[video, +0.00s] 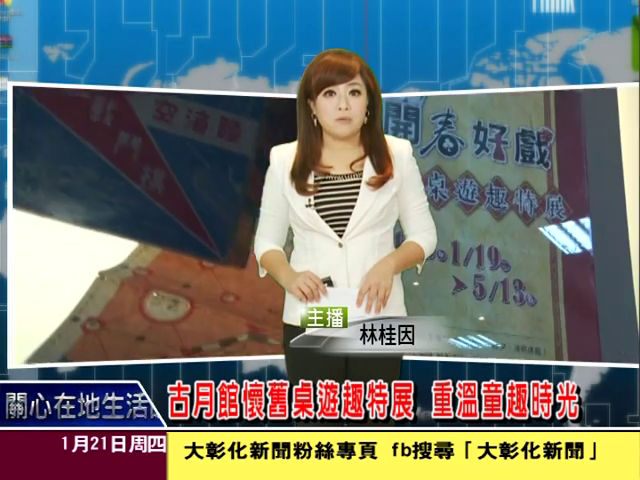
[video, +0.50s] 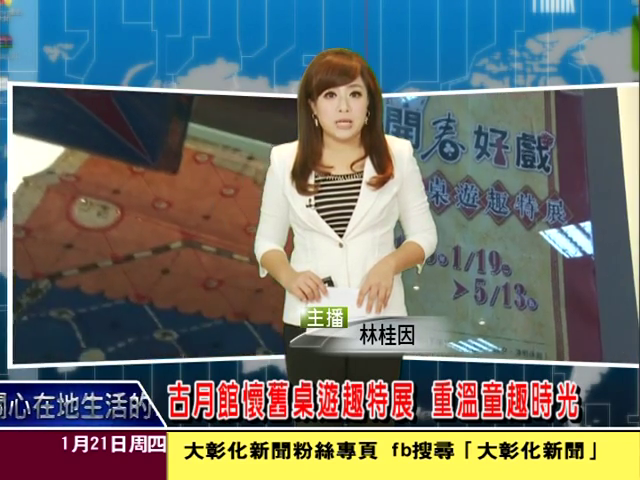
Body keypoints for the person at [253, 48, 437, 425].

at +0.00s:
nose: (343, 104)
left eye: (354, 93)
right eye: (330, 94)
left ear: (369, 102)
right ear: (311, 105)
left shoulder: (395, 155)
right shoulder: (286, 160)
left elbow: (424, 236)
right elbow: (266, 242)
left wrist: (389, 265)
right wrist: (290, 276)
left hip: (378, 324)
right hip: (309, 323)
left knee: (376, 439)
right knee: (314, 439)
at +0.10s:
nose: (343, 105)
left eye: (354, 93)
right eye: (330, 94)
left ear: (369, 102)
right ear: (311, 105)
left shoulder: (395, 155)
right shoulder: (286, 160)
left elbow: (424, 236)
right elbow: (267, 242)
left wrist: (389, 264)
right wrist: (290, 276)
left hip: (378, 323)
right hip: (309, 321)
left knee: (376, 438)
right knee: (314, 437)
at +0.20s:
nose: (343, 105)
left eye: (354, 93)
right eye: (330, 94)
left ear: (369, 102)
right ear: (311, 105)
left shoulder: (395, 155)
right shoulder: (286, 160)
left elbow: (424, 236)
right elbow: (267, 242)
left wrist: (389, 264)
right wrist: (290, 276)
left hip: (378, 323)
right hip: (309, 322)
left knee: (376, 438)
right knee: (314, 437)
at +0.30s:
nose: (344, 105)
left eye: (355, 93)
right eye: (330, 94)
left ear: (369, 102)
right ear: (311, 105)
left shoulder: (396, 155)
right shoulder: (286, 160)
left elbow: (424, 236)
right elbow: (267, 242)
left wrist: (389, 264)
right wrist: (291, 276)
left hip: (378, 324)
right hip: (309, 322)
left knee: (376, 438)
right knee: (314, 437)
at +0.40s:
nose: (344, 106)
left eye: (355, 94)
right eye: (330, 95)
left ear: (369, 102)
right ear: (311, 105)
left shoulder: (396, 155)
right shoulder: (287, 160)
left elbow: (424, 236)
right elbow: (267, 242)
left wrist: (389, 264)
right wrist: (290, 276)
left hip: (378, 324)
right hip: (309, 322)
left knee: (376, 438)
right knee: (314, 437)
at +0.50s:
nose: (344, 107)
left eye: (355, 95)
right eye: (331, 96)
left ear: (370, 102)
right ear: (311, 105)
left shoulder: (396, 155)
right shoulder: (286, 160)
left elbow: (424, 236)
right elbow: (267, 242)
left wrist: (389, 264)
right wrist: (290, 276)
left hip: (378, 324)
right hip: (309, 322)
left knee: (376, 437)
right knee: (314, 436)